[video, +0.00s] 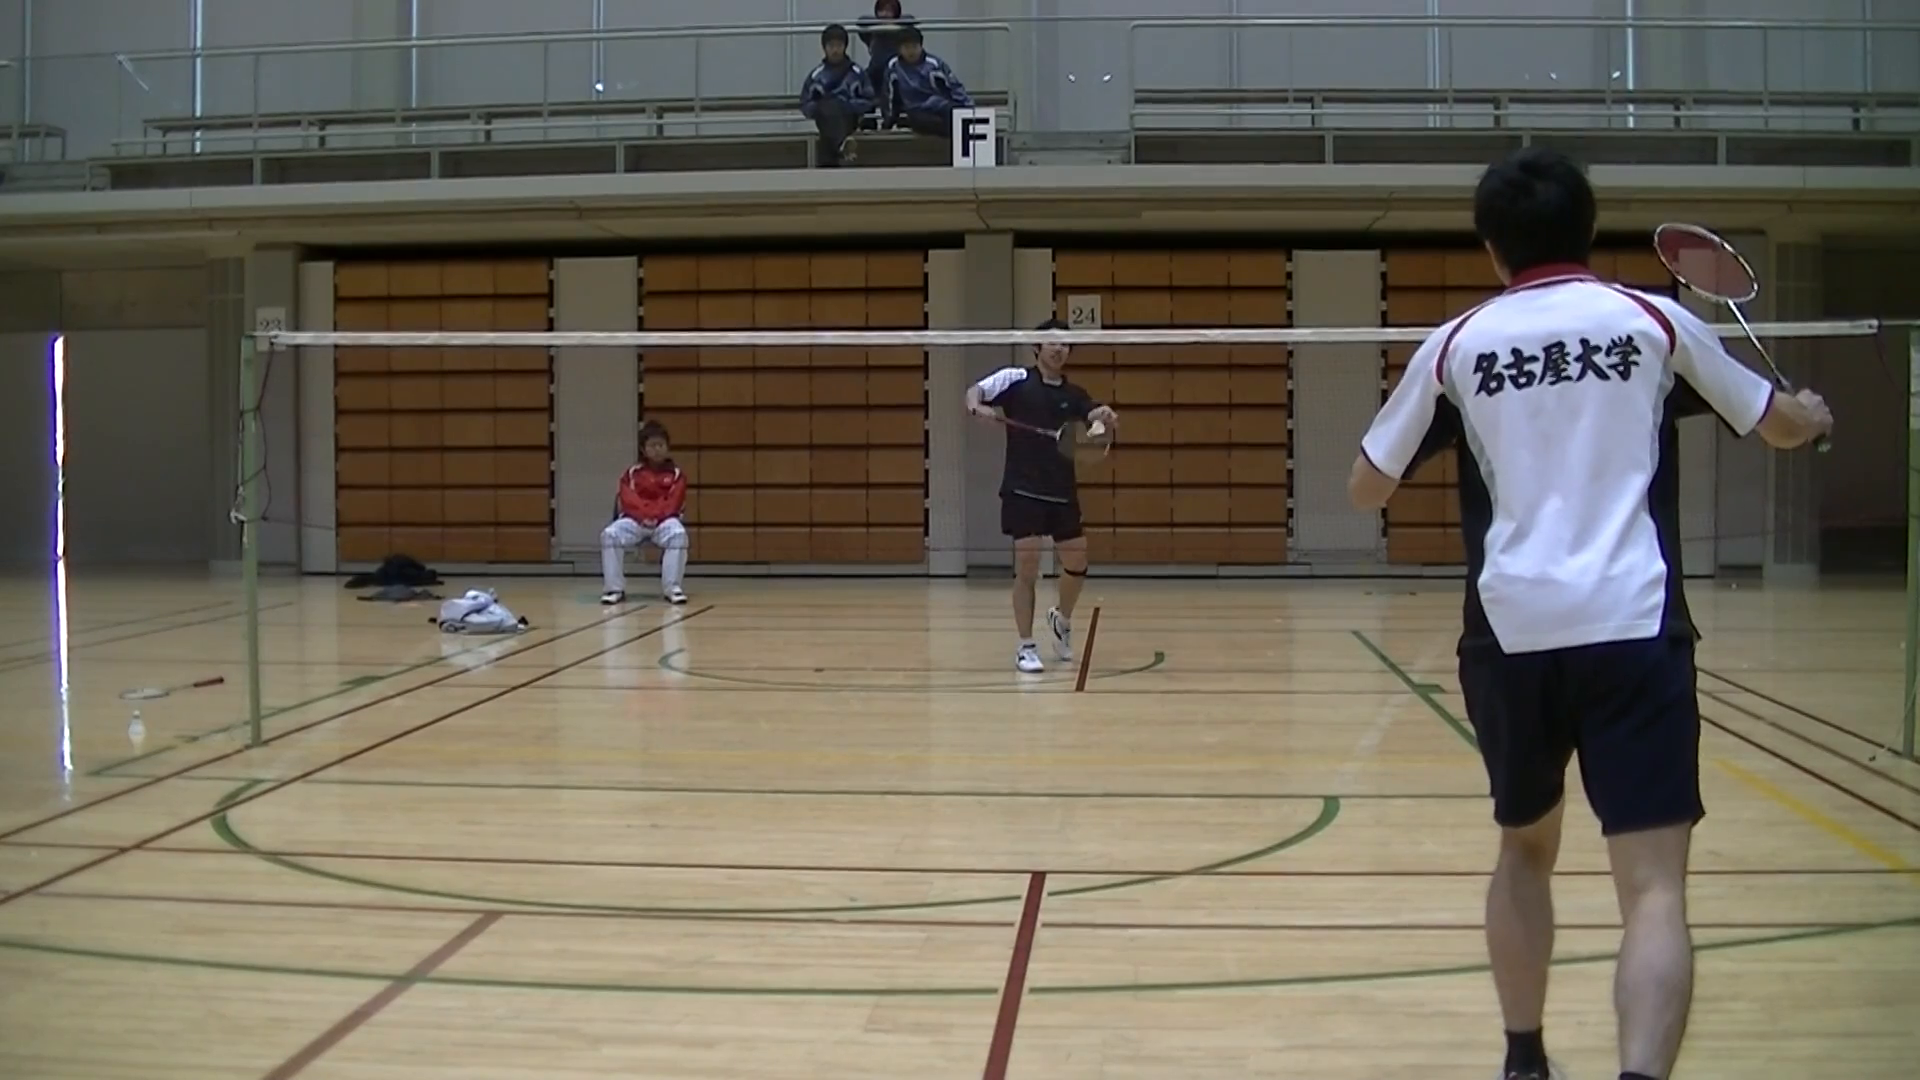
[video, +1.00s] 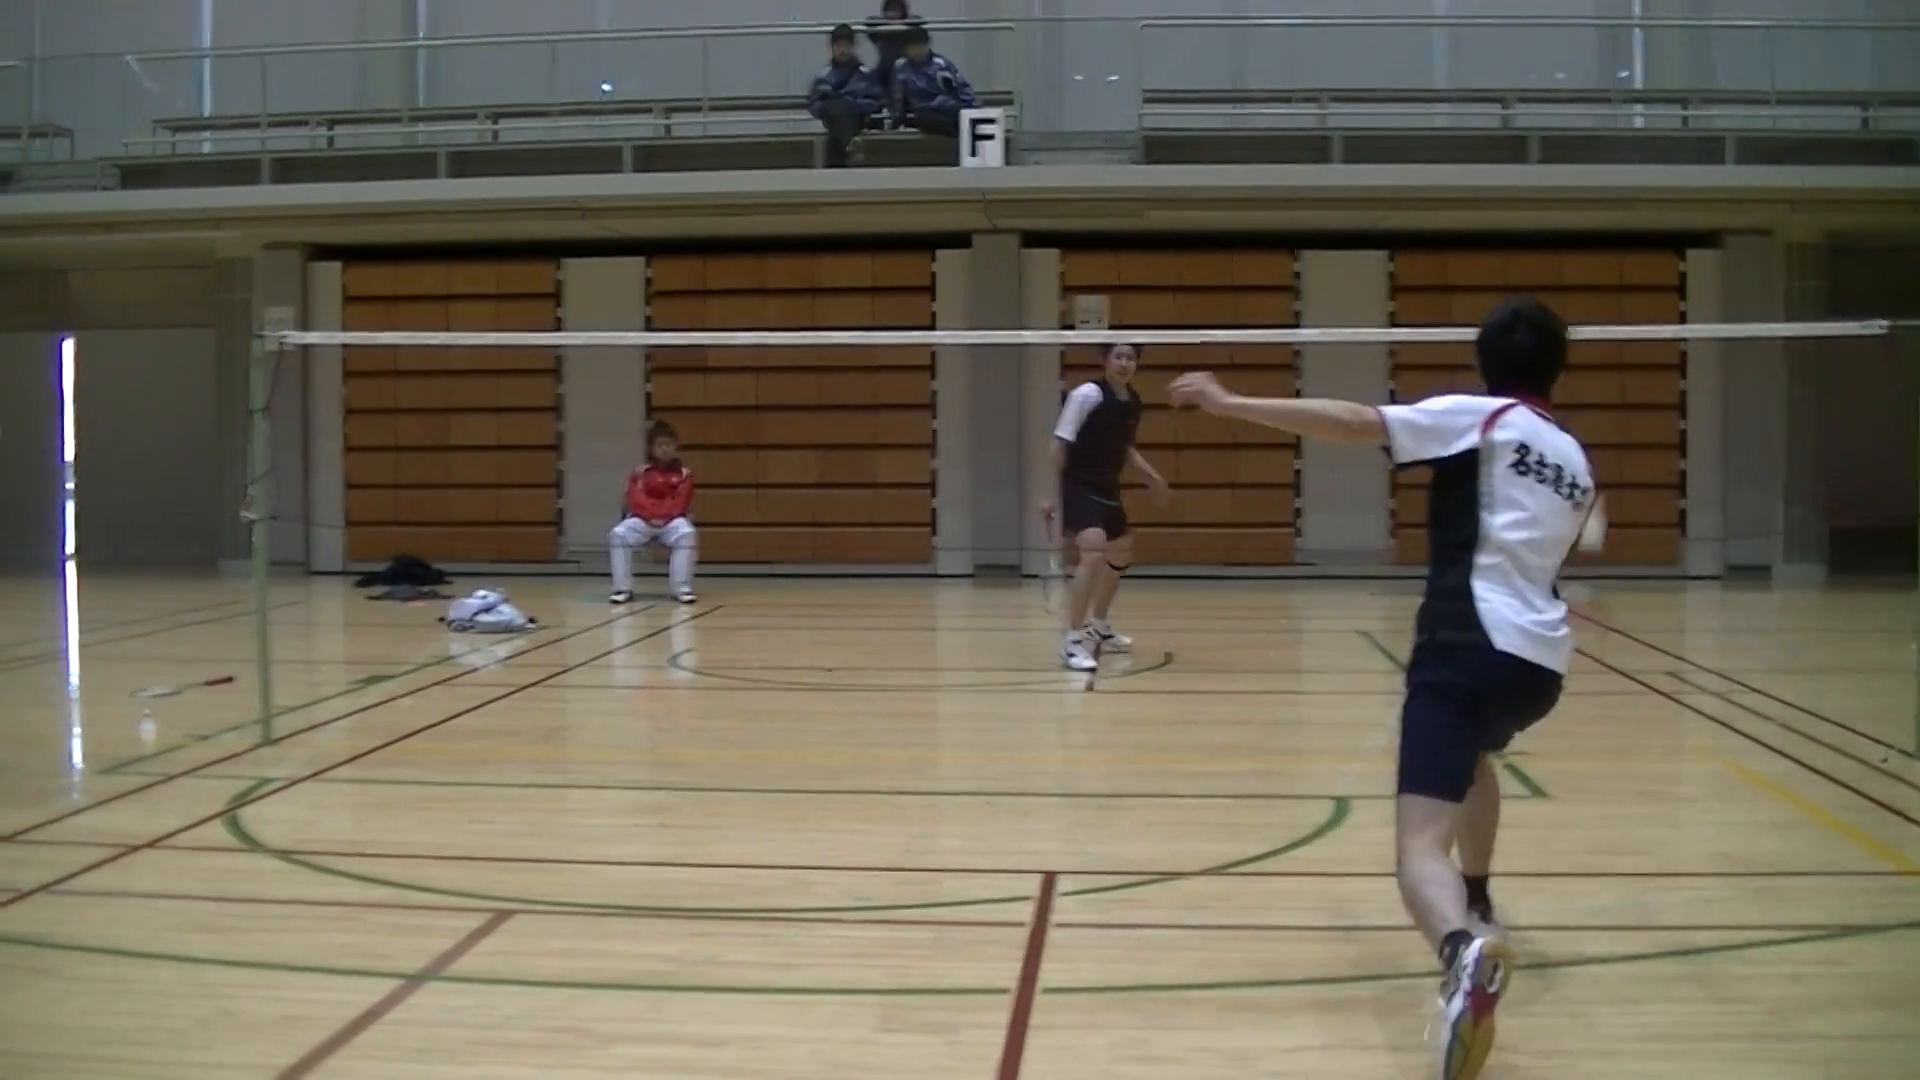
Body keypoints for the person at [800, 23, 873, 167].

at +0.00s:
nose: (835, 50)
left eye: (839, 45)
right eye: (831, 45)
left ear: (845, 47)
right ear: (824, 48)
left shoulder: (857, 72)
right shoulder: (815, 75)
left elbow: (869, 102)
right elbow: (806, 106)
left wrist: (844, 105)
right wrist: (822, 106)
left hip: (850, 119)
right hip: (824, 120)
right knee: (830, 105)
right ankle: (841, 143)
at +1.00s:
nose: (842, 50)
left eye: (846, 45)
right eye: (838, 46)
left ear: (852, 47)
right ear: (832, 48)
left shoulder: (866, 74)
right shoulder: (823, 76)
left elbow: (876, 103)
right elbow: (814, 105)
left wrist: (846, 103)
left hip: (860, 120)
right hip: (831, 120)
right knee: (835, 105)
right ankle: (851, 142)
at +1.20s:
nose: (877, 51)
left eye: (881, 46)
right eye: (873, 46)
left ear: (888, 47)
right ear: (867, 48)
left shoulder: (902, 74)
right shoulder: (859, 76)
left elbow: (914, 103)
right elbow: (851, 104)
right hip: (870, 125)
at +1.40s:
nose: (867, 49)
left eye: (871, 44)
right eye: (864, 44)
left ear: (878, 45)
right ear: (857, 46)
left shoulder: (890, 72)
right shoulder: (849, 73)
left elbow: (902, 101)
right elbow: (838, 102)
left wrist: (878, 104)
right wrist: (854, 109)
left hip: (884, 121)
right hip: (858, 122)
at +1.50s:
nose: (851, 50)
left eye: (855, 45)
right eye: (847, 45)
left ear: (861, 47)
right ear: (840, 47)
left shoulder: (875, 76)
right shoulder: (830, 77)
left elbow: (886, 102)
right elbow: (822, 104)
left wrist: (862, 105)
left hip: (869, 119)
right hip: (840, 119)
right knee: (850, 106)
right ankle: (861, 144)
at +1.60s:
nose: (838, 50)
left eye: (842, 44)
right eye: (833, 44)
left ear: (848, 46)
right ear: (827, 47)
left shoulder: (861, 74)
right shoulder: (818, 75)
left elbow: (872, 101)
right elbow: (808, 103)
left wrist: (848, 106)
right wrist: (828, 110)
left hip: (855, 126)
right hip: (828, 127)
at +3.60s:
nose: (833, 52)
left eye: (837, 47)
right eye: (829, 48)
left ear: (843, 49)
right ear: (822, 50)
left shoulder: (855, 74)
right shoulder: (813, 76)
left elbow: (867, 103)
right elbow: (803, 107)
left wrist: (843, 108)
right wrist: (823, 109)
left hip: (848, 122)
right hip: (821, 123)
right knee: (830, 106)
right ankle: (840, 145)